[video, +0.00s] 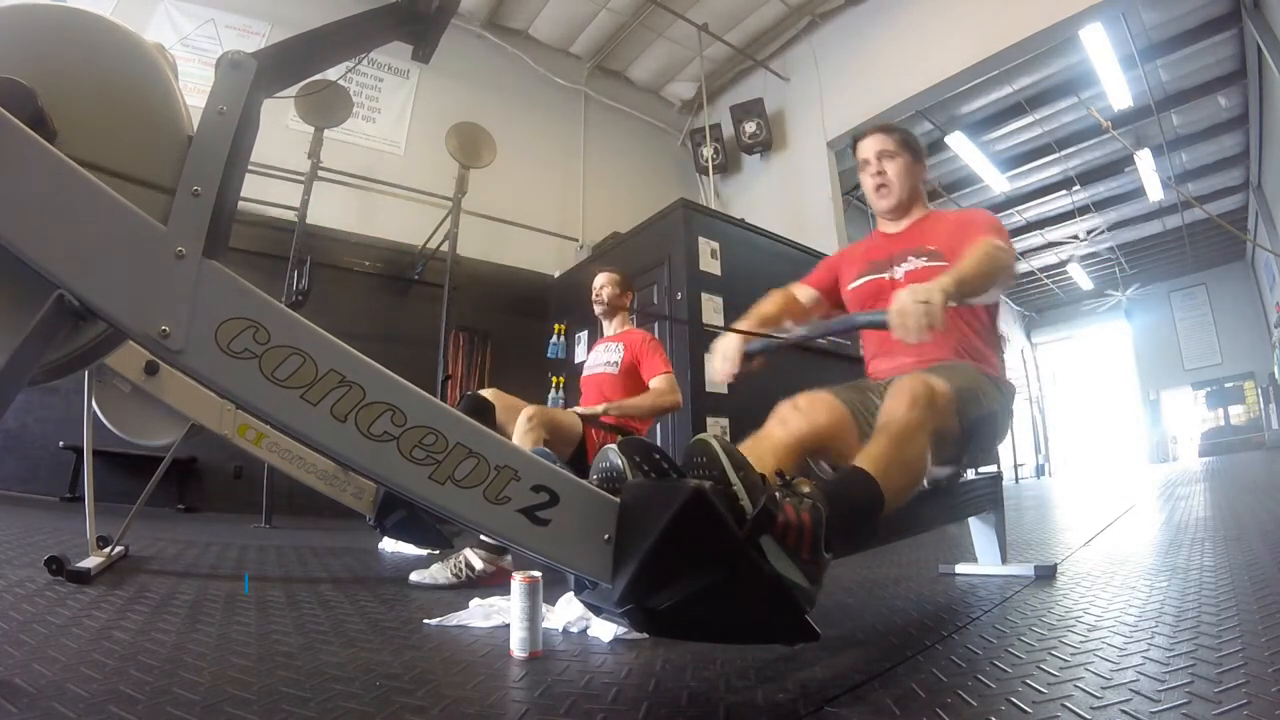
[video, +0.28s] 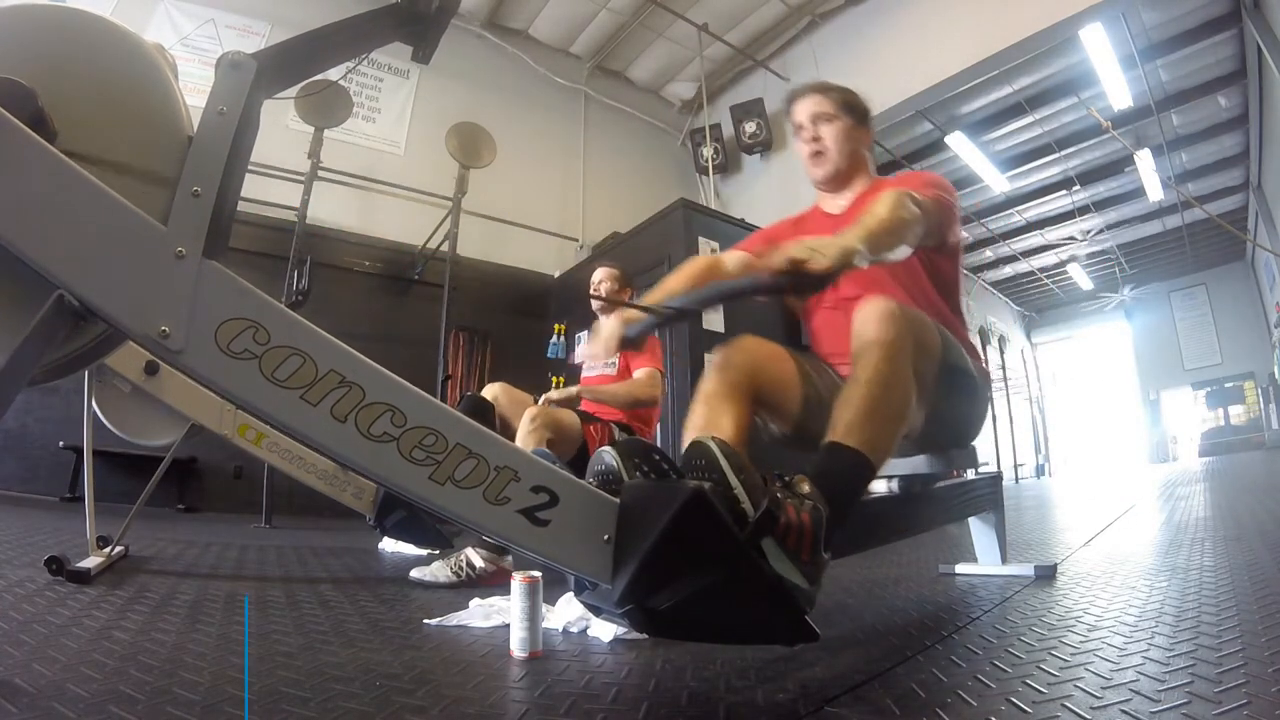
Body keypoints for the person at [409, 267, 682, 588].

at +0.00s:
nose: (596, 293)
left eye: (605, 287)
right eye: (594, 288)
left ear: (627, 297)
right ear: (592, 299)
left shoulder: (640, 340)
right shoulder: (598, 347)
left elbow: (670, 396)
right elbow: (600, 403)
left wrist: (605, 408)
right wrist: (570, 415)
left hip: (614, 442)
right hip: (579, 435)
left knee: (535, 417)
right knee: (485, 400)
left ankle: (490, 550)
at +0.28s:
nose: (597, 291)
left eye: (605, 284)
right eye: (594, 285)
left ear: (628, 294)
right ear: (590, 294)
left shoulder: (638, 328)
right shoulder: (595, 337)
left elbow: (650, 390)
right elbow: (593, 393)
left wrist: (579, 391)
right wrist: (562, 406)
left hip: (622, 435)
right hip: (582, 425)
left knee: (539, 418)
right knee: (496, 393)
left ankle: (492, 550)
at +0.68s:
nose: (571, 279)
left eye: (581, 273)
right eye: (572, 273)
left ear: (604, 284)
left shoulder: (616, 327)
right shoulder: (577, 339)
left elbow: (610, 388)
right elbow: (564, 392)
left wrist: (543, 388)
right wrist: (517, 391)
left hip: (608, 429)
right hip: (570, 424)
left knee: (531, 413)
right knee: (476, 412)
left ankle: (497, 552)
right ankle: (461, 531)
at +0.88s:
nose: (545, 278)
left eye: (555, 273)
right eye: (548, 273)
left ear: (576, 280)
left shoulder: (594, 321)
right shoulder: (551, 341)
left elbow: (574, 385)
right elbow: (523, 388)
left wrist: (500, 392)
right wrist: (475, 394)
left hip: (601, 428)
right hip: (558, 422)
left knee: (520, 412)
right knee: (465, 407)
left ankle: (494, 551)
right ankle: (442, 529)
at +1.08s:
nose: (510, 285)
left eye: (515, 276)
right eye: (510, 278)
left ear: (537, 281)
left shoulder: (572, 320)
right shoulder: (521, 342)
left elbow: (550, 387)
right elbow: (494, 396)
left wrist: (481, 403)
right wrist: (454, 404)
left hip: (586, 430)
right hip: (532, 425)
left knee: (505, 410)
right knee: (468, 411)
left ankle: (493, 549)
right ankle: (435, 534)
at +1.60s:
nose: (461, 273)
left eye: (469, 265)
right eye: (462, 267)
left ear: (499, 272)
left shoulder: (525, 310)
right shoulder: (478, 335)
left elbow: (510, 382)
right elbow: (457, 389)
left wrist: (448, 398)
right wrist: (415, 405)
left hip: (559, 429)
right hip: (509, 426)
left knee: (474, 405)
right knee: (428, 413)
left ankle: (488, 553)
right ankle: (422, 536)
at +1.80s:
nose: (455, 272)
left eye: (463, 264)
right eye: (456, 265)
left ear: (493, 271)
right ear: (484, 274)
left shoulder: (519, 309)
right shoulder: (471, 334)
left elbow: (505, 383)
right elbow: (452, 390)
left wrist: (442, 398)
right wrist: (412, 404)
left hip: (553, 428)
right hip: (504, 425)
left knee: (472, 404)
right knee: (425, 411)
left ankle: (488, 553)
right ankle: (417, 535)